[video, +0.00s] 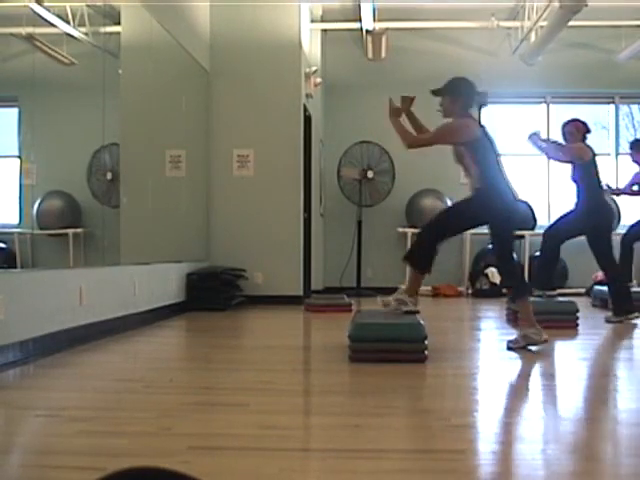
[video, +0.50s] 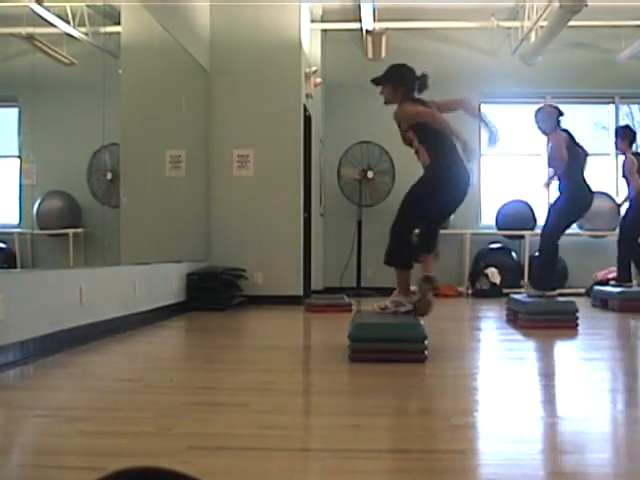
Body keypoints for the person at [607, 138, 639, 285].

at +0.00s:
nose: (633, 157)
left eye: (634, 154)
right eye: (632, 154)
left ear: (637, 154)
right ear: (632, 155)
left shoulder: (637, 175)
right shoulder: (636, 175)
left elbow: (632, 190)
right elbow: (626, 189)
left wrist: (621, 192)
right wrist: (615, 191)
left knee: (627, 239)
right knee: (627, 238)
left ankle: (625, 278)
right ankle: (624, 278)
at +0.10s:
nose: (624, 150)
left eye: (626, 146)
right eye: (624, 146)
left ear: (632, 147)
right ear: (635, 147)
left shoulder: (634, 169)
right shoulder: (634, 168)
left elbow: (619, 190)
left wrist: (604, 194)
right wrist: (608, 194)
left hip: (638, 213)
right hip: (638, 212)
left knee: (625, 238)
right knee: (625, 238)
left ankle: (624, 278)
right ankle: (624, 277)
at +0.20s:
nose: (618, 144)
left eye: (621, 141)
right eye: (619, 140)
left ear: (628, 142)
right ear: (631, 142)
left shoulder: (632, 161)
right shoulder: (634, 160)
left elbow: (625, 183)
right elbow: (625, 183)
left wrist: (612, 195)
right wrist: (613, 195)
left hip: (637, 205)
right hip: (636, 205)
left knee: (626, 234)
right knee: (629, 235)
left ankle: (623, 277)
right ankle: (624, 276)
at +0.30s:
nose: (617, 143)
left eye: (619, 139)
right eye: (617, 139)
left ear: (626, 140)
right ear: (629, 140)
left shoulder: (629, 159)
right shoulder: (631, 158)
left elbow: (633, 182)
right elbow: (632, 183)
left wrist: (620, 198)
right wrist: (621, 197)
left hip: (635, 203)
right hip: (634, 202)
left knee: (626, 235)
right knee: (628, 236)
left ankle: (623, 275)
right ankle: (625, 274)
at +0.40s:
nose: (615, 144)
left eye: (617, 140)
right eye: (615, 140)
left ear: (623, 142)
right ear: (628, 142)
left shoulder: (628, 161)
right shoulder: (632, 159)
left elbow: (635, 184)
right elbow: (634, 185)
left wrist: (630, 204)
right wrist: (628, 204)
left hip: (635, 204)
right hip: (634, 204)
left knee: (625, 236)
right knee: (628, 236)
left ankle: (625, 274)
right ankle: (633, 271)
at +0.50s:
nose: (616, 144)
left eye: (618, 140)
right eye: (616, 140)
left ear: (624, 141)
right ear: (628, 141)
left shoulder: (630, 160)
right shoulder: (631, 159)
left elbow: (634, 185)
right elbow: (633, 186)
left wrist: (625, 201)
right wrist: (623, 201)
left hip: (635, 203)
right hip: (633, 202)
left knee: (626, 238)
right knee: (629, 239)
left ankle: (623, 276)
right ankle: (624, 275)